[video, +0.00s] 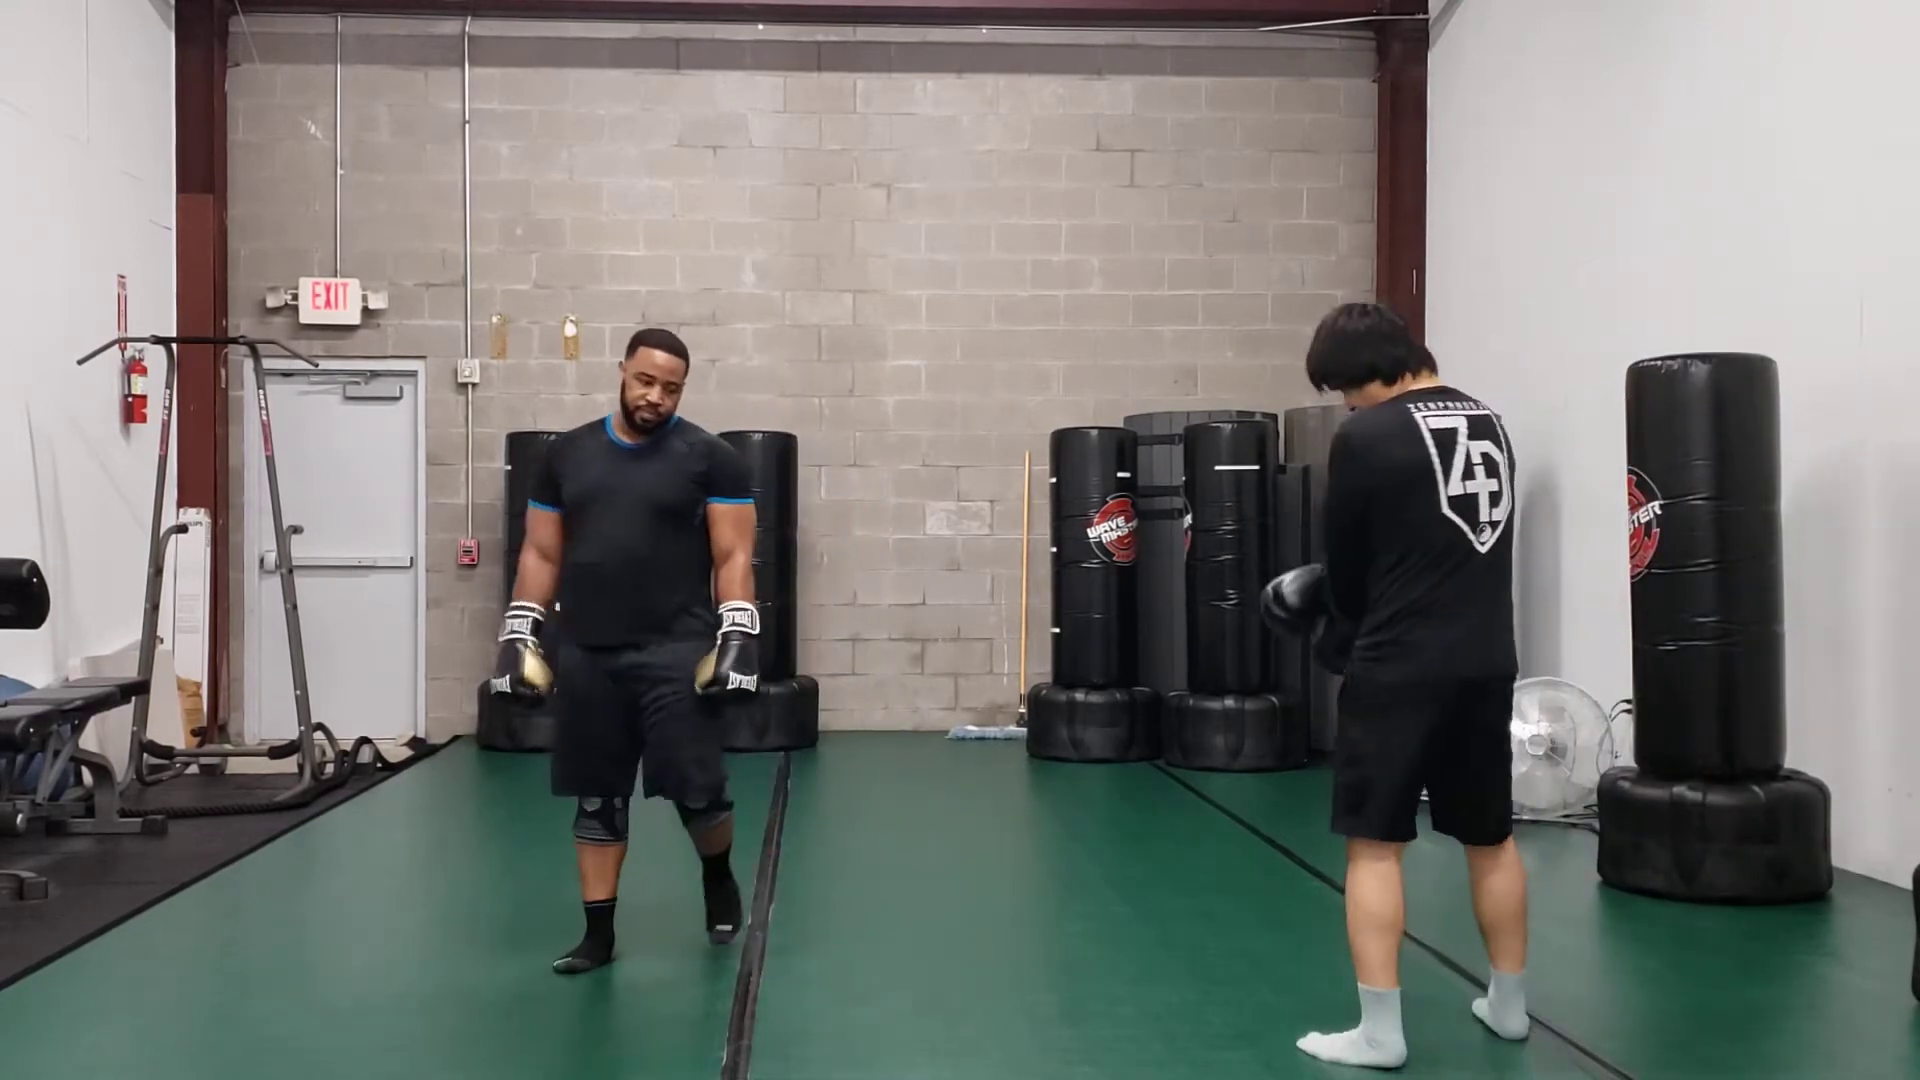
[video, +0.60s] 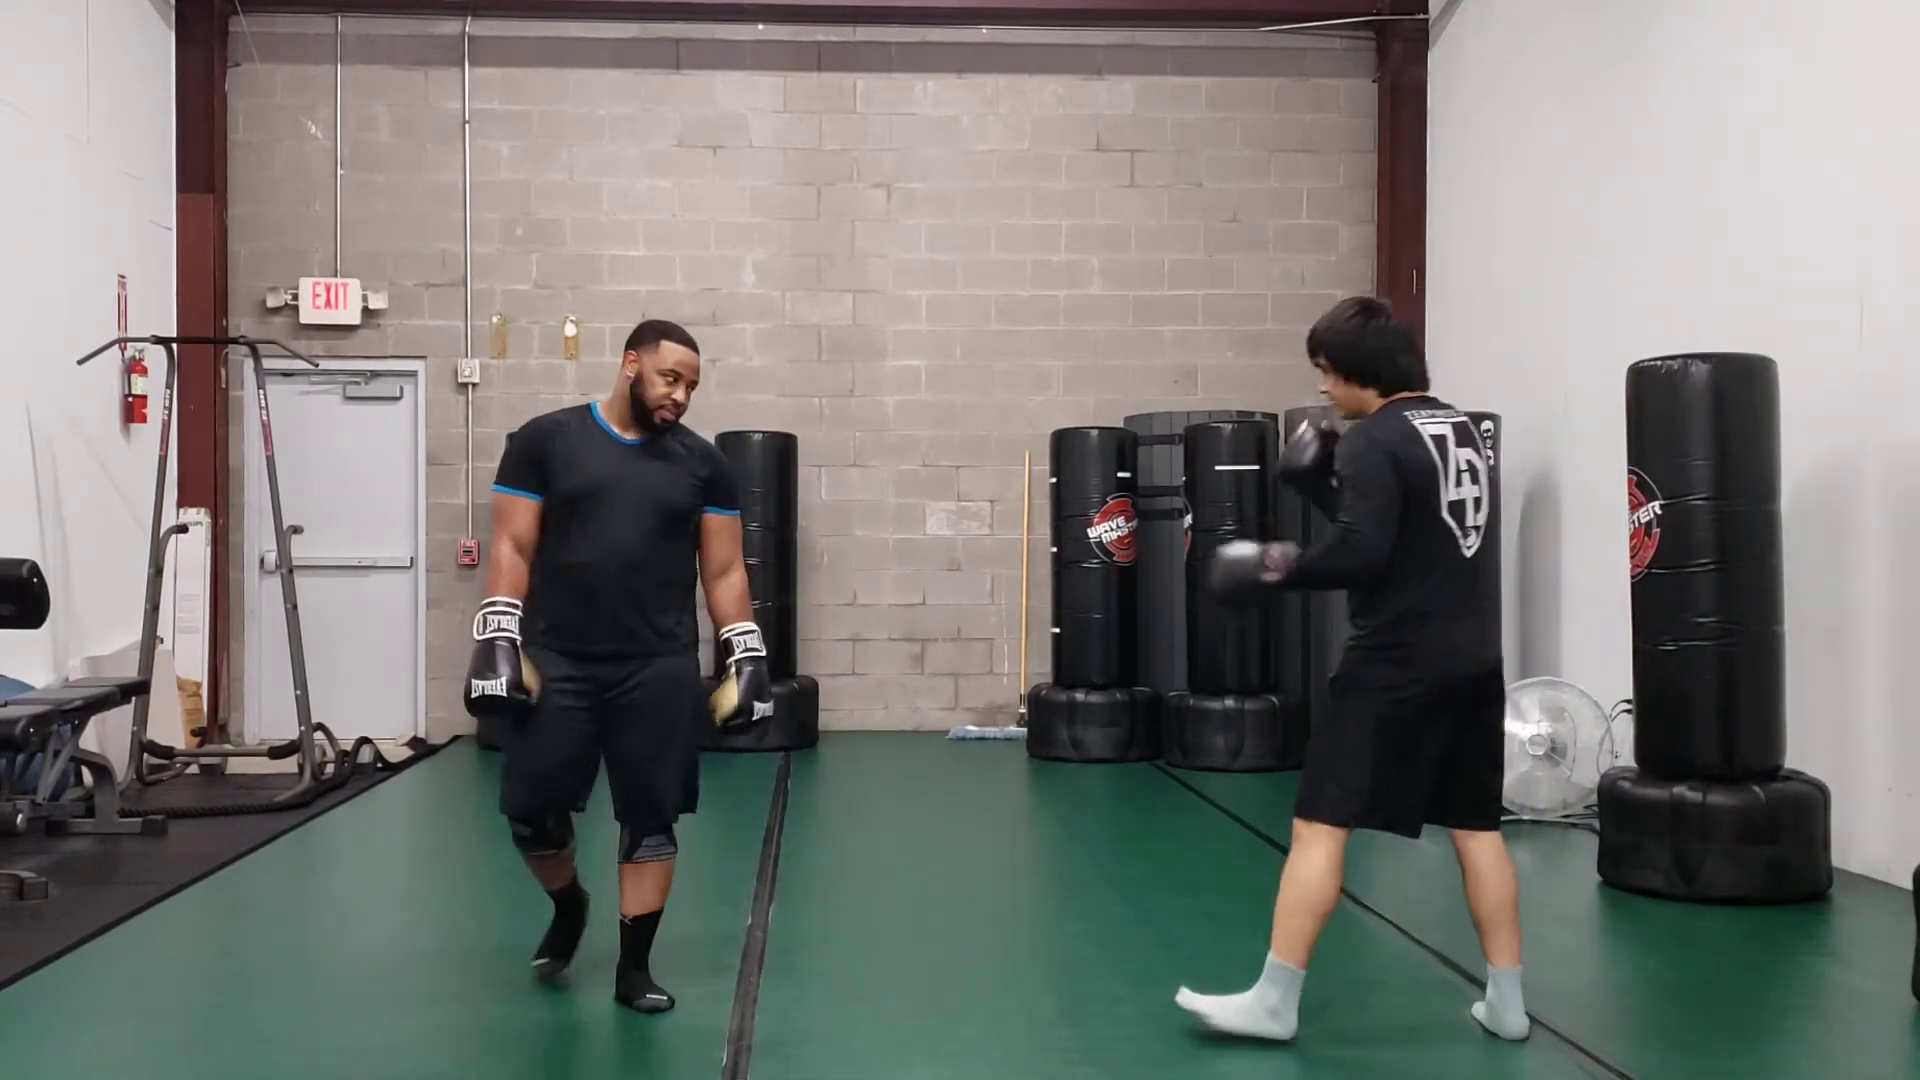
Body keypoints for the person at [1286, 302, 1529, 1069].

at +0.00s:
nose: (1344, 408)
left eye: (1342, 393)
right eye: (1338, 394)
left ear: (1365, 377)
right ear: (1408, 360)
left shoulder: (1365, 439)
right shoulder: (1483, 421)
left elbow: (1347, 577)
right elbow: (1448, 543)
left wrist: (1343, 642)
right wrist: (1329, 580)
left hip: (1397, 668)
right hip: (1484, 663)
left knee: (1375, 841)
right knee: (1491, 833)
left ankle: (1380, 1030)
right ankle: (1509, 1004)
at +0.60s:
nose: (1323, 390)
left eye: (1327, 377)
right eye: (1321, 376)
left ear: (1360, 373)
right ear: (1398, 364)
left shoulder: (1377, 439)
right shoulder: (1468, 428)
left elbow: (1361, 552)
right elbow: (1406, 531)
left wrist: (1282, 565)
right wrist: (1324, 480)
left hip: (1389, 666)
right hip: (1472, 664)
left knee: (1320, 821)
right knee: (1477, 823)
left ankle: (1274, 999)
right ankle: (1507, 1002)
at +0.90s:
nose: (1251, 384)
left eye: (1254, 373)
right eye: (1250, 372)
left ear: (1282, 376)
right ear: (1331, 365)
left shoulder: (1281, 436)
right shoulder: (1386, 425)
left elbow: (1172, 466)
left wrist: (1066, 464)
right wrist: (1266, 418)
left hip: (1302, 668)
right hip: (1383, 664)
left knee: (1274, 832)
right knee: (1405, 813)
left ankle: (1266, 1013)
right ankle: (1454, 980)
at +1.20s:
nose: (1204, 389)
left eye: (1207, 375)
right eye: (1201, 376)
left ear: (1234, 371)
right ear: (1287, 358)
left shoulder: (1227, 431)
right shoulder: (1351, 421)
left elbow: (1110, 449)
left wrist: (998, 440)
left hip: (1268, 667)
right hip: (1354, 660)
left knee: (1255, 829)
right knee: (1386, 811)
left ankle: (1264, 1012)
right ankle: (1432, 982)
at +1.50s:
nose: (1190, 403)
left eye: (1192, 388)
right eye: (1186, 389)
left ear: (1226, 378)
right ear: (1261, 370)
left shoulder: (1243, 439)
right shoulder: (1329, 426)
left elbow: (1192, 532)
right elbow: (1276, 525)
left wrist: (1093, 497)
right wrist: (1163, 514)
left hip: (1268, 664)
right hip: (1342, 655)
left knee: (1256, 828)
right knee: (1359, 808)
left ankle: (1265, 1013)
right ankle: (1405, 973)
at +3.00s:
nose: (978, 441)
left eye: (980, 428)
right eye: (974, 429)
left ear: (1008, 420)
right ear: (1037, 411)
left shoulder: (1043, 468)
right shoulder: (1092, 449)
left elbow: (1030, 551)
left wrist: (952, 523)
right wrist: (985, 494)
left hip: (1071, 655)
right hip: (1127, 648)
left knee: (1011, 802)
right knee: (1113, 776)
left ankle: (1006, 974)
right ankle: (1169, 917)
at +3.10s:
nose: (986, 411)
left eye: (990, 397)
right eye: (983, 398)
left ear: (1024, 393)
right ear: (1042, 388)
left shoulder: (1058, 445)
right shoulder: (1088, 434)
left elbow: (1087, 538)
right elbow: (1061, 529)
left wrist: (1002, 530)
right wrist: (1001, 483)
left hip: (1081, 628)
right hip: (1121, 625)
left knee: (1006, 775)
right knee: (1102, 758)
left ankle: (1082, 929)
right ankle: (1160, 891)